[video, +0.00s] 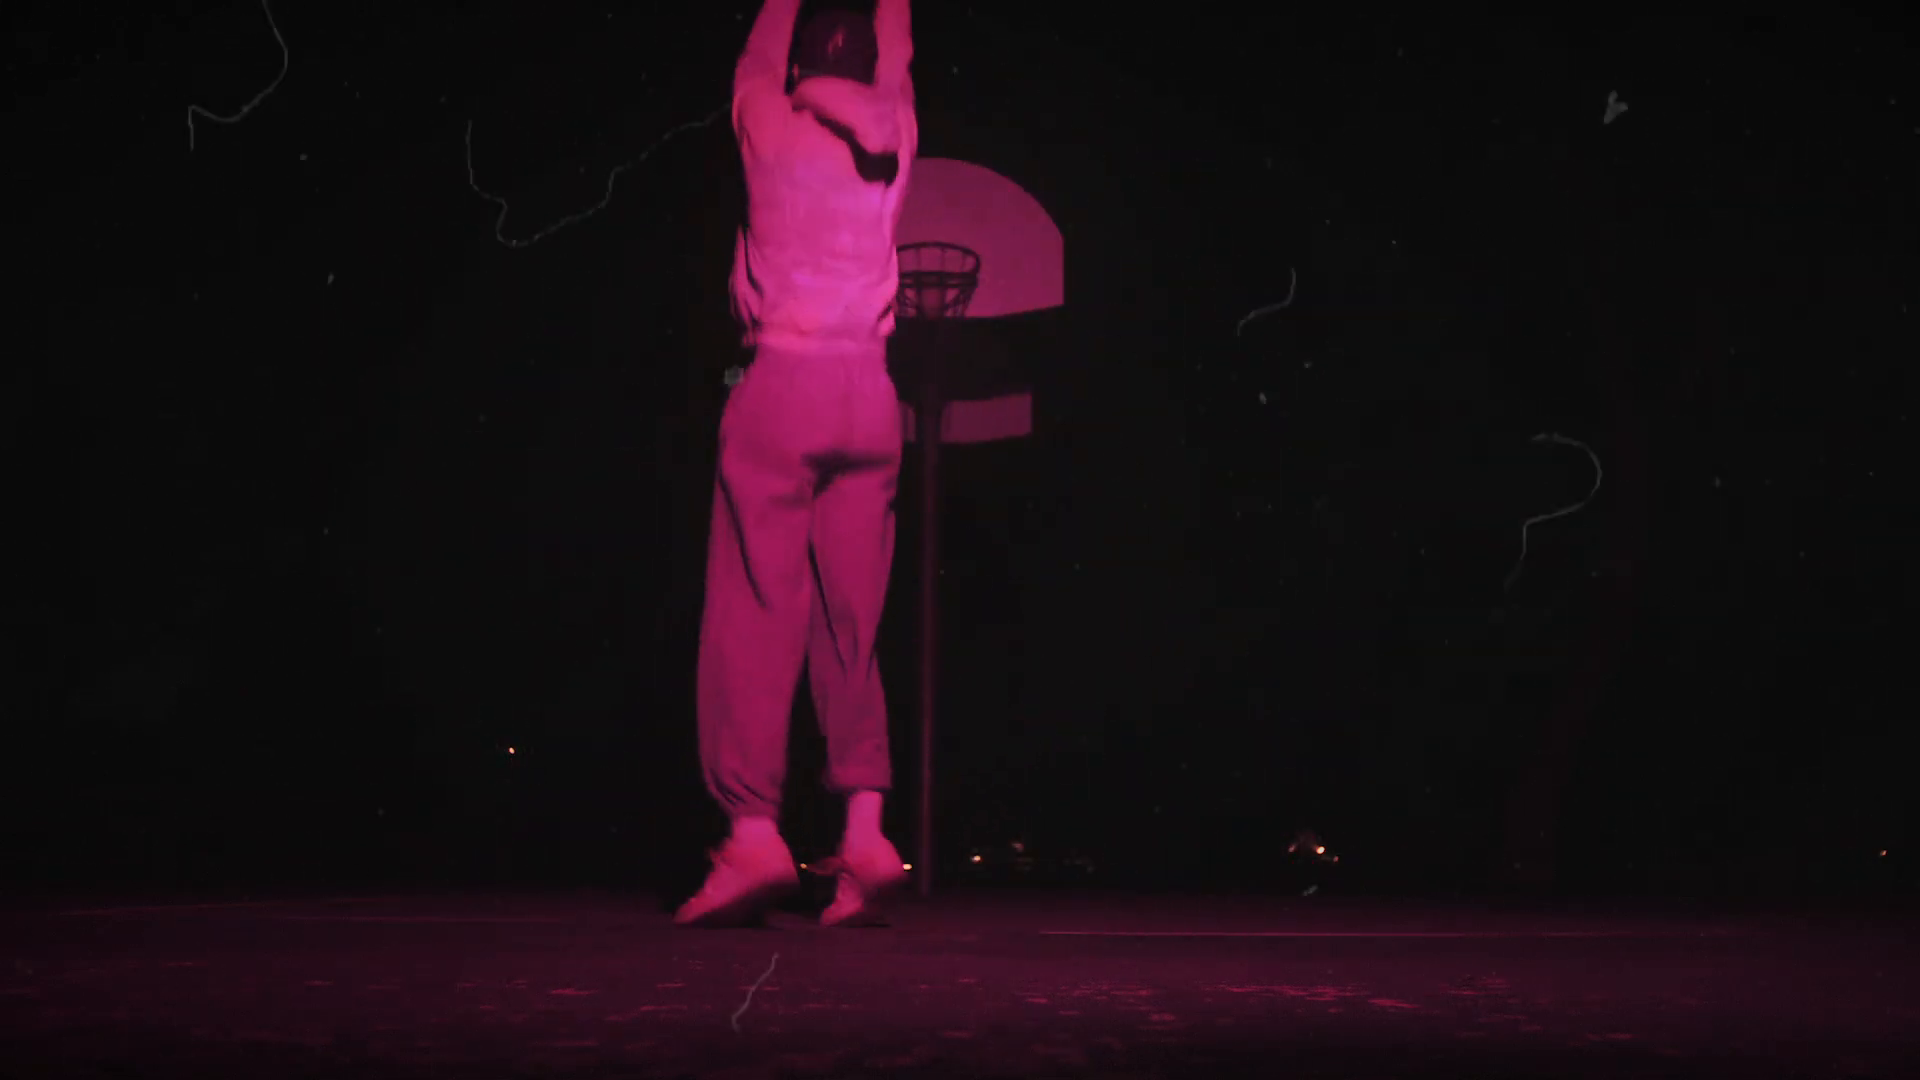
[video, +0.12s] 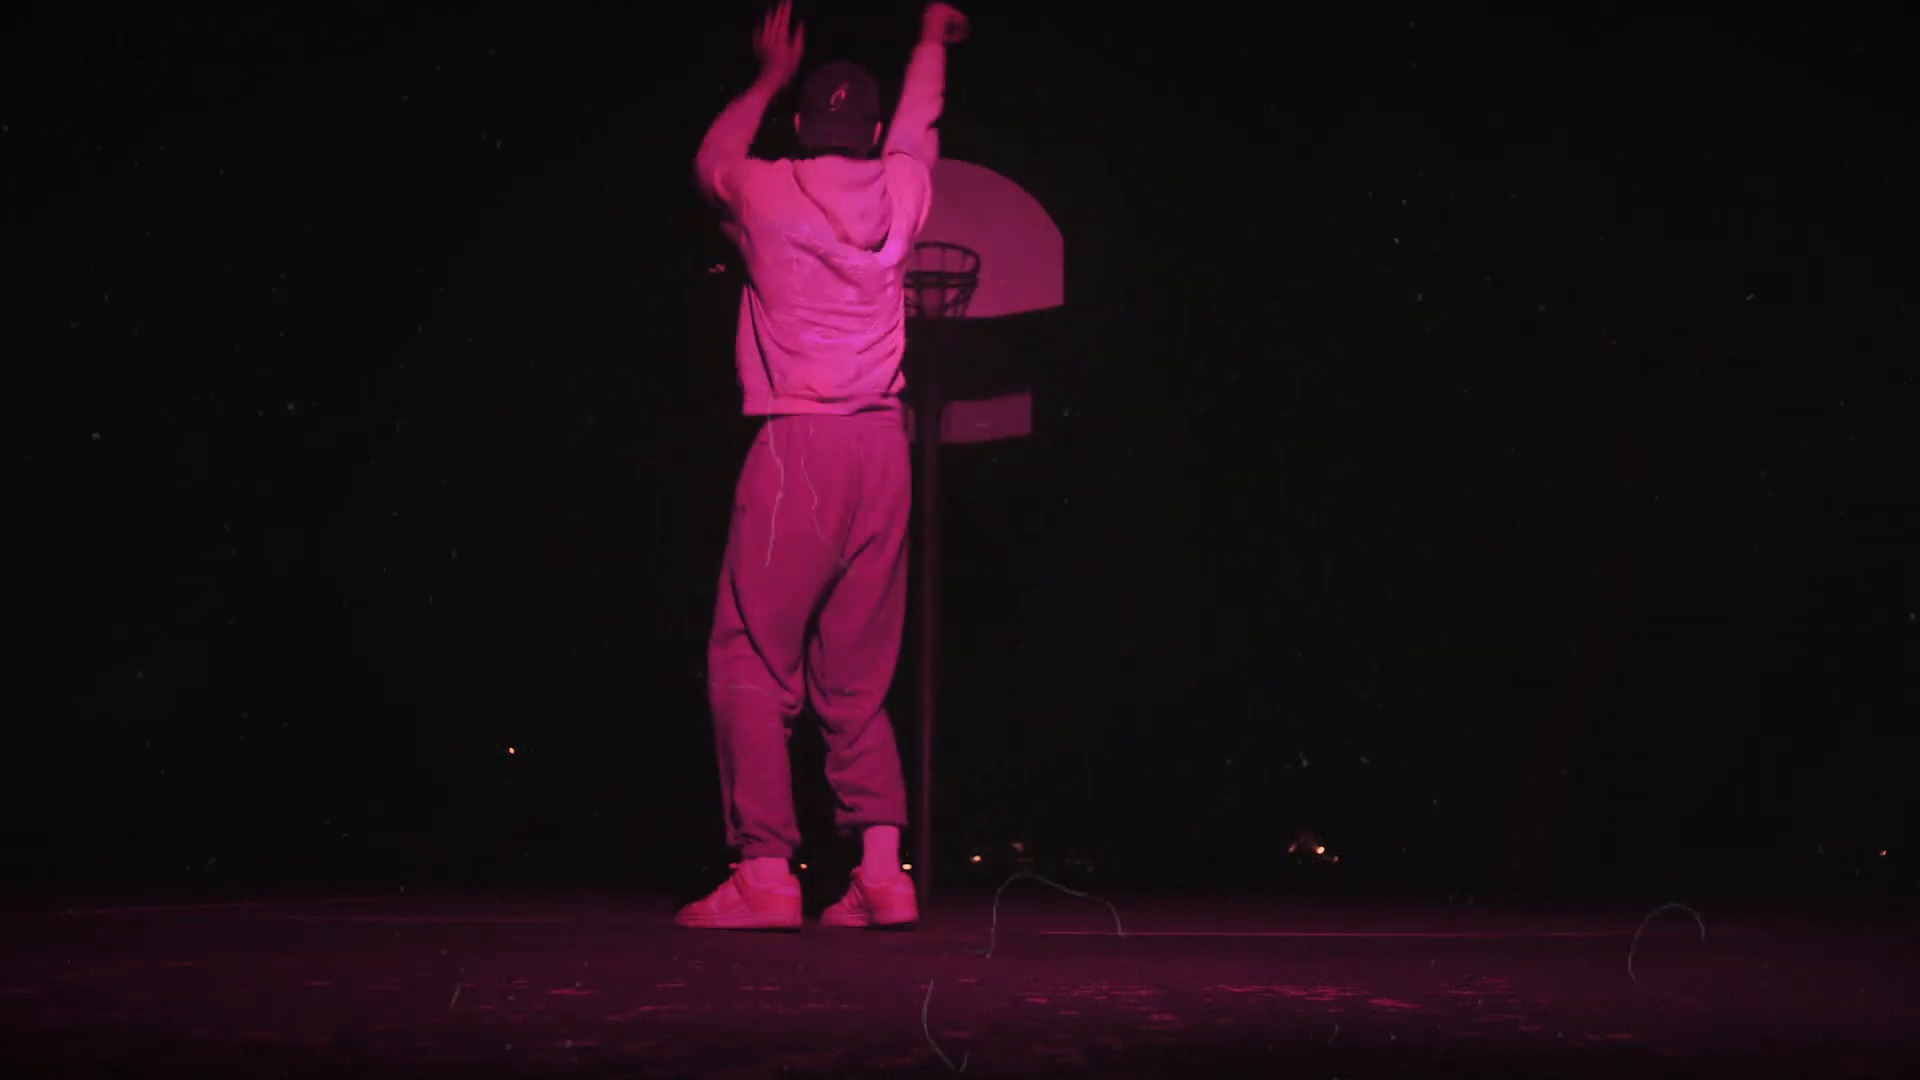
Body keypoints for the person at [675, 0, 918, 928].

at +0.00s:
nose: (789, 63)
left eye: (796, 51)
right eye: (838, 48)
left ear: (798, 64)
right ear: (869, 67)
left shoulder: (770, 125)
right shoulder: (893, 131)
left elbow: (767, 44)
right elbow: (894, 44)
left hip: (782, 384)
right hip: (870, 388)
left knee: (755, 612)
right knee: (852, 622)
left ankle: (752, 834)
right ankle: (867, 832)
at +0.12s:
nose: (804, 112)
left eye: (807, 104)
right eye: (827, 106)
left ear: (800, 124)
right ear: (876, 129)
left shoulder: (768, 191)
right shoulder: (901, 189)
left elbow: (715, 156)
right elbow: (920, 114)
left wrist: (769, 77)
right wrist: (933, 39)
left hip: (800, 447)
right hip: (883, 447)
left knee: (748, 654)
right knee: (855, 666)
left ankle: (764, 875)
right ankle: (883, 872)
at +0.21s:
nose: (832, 115)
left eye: (823, 105)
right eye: (854, 110)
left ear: (805, 116)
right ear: (883, 127)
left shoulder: (761, 192)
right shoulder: (908, 185)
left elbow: (689, 254)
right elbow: (948, 120)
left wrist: (736, 178)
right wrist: (980, 48)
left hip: (803, 439)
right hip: (892, 437)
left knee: (766, 635)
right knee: (875, 639)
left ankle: (765, 858)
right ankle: (888, 862)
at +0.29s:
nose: (839, 115)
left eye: (833, 100)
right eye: (863, 108)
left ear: (815, 109)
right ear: (890, 121)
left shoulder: (766, 189)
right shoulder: (916, 183)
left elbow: (695, 289)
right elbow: (964, 124)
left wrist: (736, 245)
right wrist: (1006, 55)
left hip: (806, 429)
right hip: (900, 428)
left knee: (780, 632)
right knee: (890, 632)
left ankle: (765, 856)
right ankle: (901, 856)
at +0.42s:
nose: (891, 151)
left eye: (871, 129)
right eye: (905, 141)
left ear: (841, 130)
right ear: (915, 144)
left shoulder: (784, 212)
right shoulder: (939, 199)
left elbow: (750, 339)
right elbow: (1015, 145)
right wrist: (1079, 79)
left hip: (815, 435)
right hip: (913, 436)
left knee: (798, 638)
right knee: (923, 647)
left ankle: (766, 859)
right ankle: (949, 864)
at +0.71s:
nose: (1013, 204)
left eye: (1004, 193)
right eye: (1010, 195)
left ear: (929, 195)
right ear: (998, 198)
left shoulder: (873, 273)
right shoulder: (1015, 250)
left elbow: (859, 385)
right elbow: (1114, 193)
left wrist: (865, 457)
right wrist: (1202, 113)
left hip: (914, 482)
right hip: (1004, 475)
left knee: (875, 662)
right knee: (1010, 670)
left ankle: (798, 820)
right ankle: (976, 877)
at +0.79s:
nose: (1045, 207)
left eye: (1039, 196)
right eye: (1042, 197)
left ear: (968, 200)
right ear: (1031, 203)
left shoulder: (907, 277)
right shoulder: (1045, 254)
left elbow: (891, 385)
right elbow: (1154, 207)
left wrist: (886, 474)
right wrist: (1237, 126)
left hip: (943, 483)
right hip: (1031, 478)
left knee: (917, 671)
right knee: (1016, 674)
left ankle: (855, 819)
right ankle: (977, 879)